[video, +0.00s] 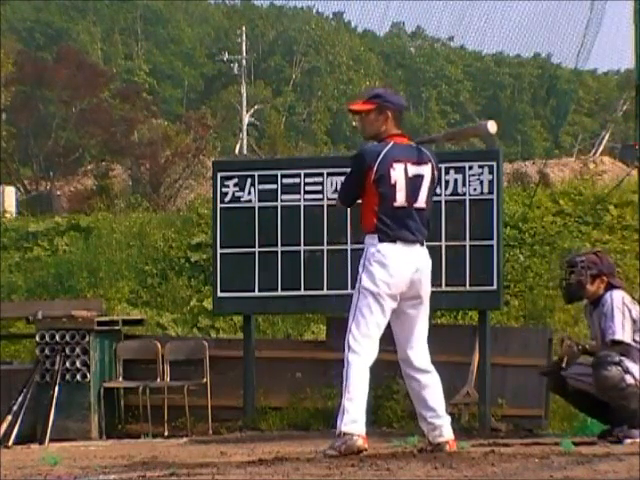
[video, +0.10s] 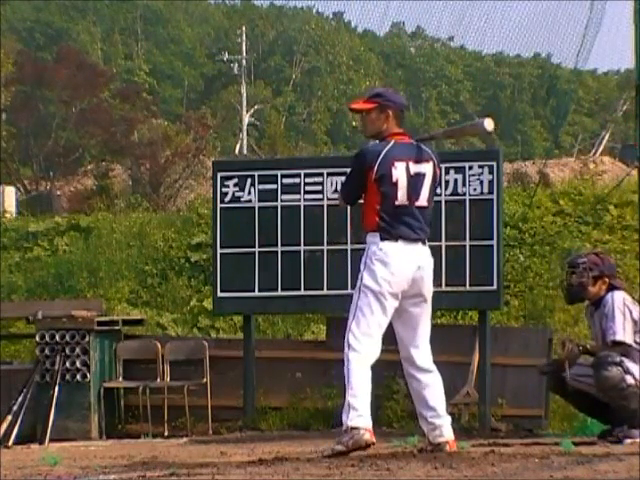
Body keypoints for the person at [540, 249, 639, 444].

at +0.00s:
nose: (571, 282)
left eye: (579, 276)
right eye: (571, 275)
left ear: (601, 281)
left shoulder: (615, 299)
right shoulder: (591, 307)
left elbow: (622, 349)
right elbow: (603, 348)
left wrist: (582, 349)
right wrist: (566, 360)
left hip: (634, 371)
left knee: (606, 367)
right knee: (559, 378)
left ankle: (633, 425)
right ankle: (617, 423)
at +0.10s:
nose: (573, 282)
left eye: (580, 276)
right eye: (572, 275)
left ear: (603, 282)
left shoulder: (616, 300)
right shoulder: (592, 309)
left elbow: (622, 351)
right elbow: (605, 350)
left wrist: (583, 349)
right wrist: (568, 362)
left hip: (634, 372)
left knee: (607, 366)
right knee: (557, 377)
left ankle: (633, 425)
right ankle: (618, 423)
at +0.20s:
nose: (574, 282)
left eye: (582, 276)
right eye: (573, 275)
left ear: (604, 282)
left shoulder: (617, 300)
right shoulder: (592, 309)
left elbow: (621, 350)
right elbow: (603, 350)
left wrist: (582, 349)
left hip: (634, 372)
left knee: (607, 367)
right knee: (556, 376)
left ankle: (633, 425)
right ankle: (618, 423)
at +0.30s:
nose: (575, 281)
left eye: (583, 275)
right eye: (574, 275)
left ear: (604, 282)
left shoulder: (617, 300)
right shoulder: (592, 309)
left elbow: (622, 350)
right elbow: (603, 349)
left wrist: (583, 348)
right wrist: (563, 360)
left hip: (634, 373)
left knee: (607, 366)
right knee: (555, 376)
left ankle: (633, 425)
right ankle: (617, 423)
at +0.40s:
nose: (577, 281)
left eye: (585, 276)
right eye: (577, 275)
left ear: (606, 282)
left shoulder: (618, 299)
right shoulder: (593, 308)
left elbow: (624, 351)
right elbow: (603, 351)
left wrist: (584, 347)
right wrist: (565, 361)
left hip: (634, 373)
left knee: (607, 367)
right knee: (558, 379)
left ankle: (633, 426)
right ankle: (617, 424)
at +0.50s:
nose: (577, 281)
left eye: (585, 276)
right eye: (577, 275)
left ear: (606, 282)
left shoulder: (618, 300)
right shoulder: (593, 308)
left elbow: (625, 351)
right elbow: (603, 351)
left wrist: (584, 347)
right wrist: (565, 361)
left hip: (633, 373)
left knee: (607, 367)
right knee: (557, 379)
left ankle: (632, 426)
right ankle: (617, 423)